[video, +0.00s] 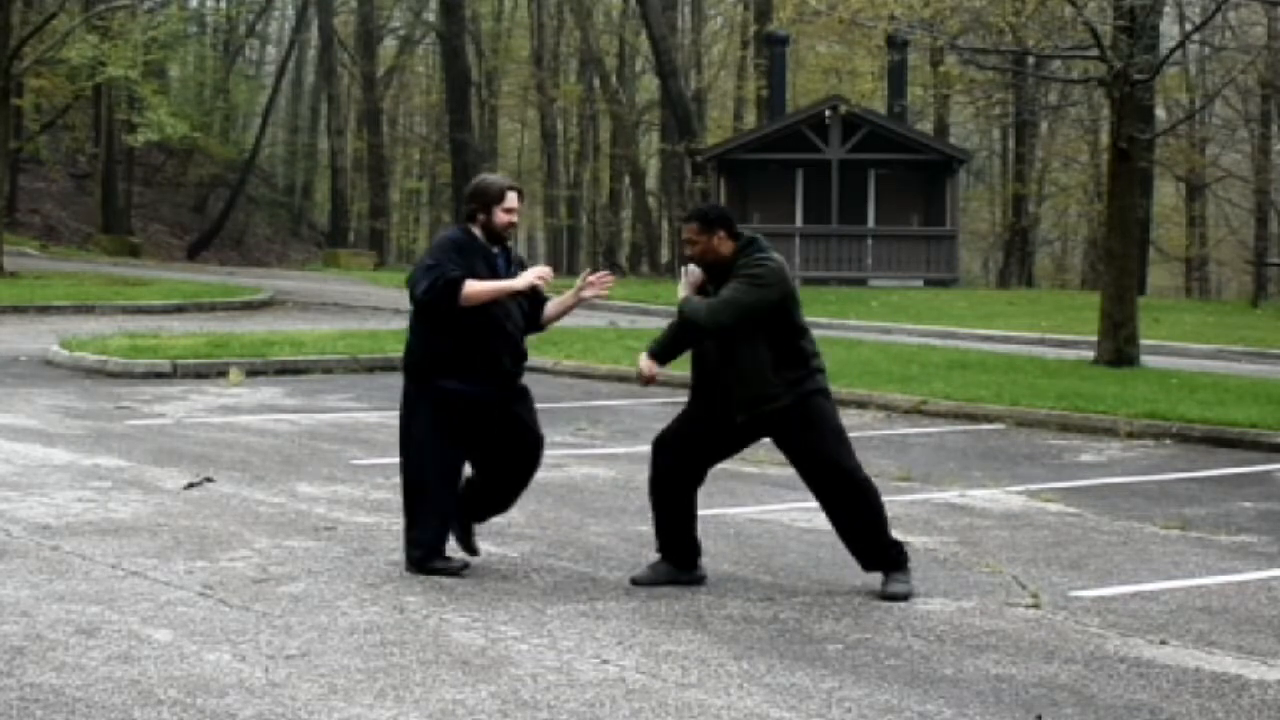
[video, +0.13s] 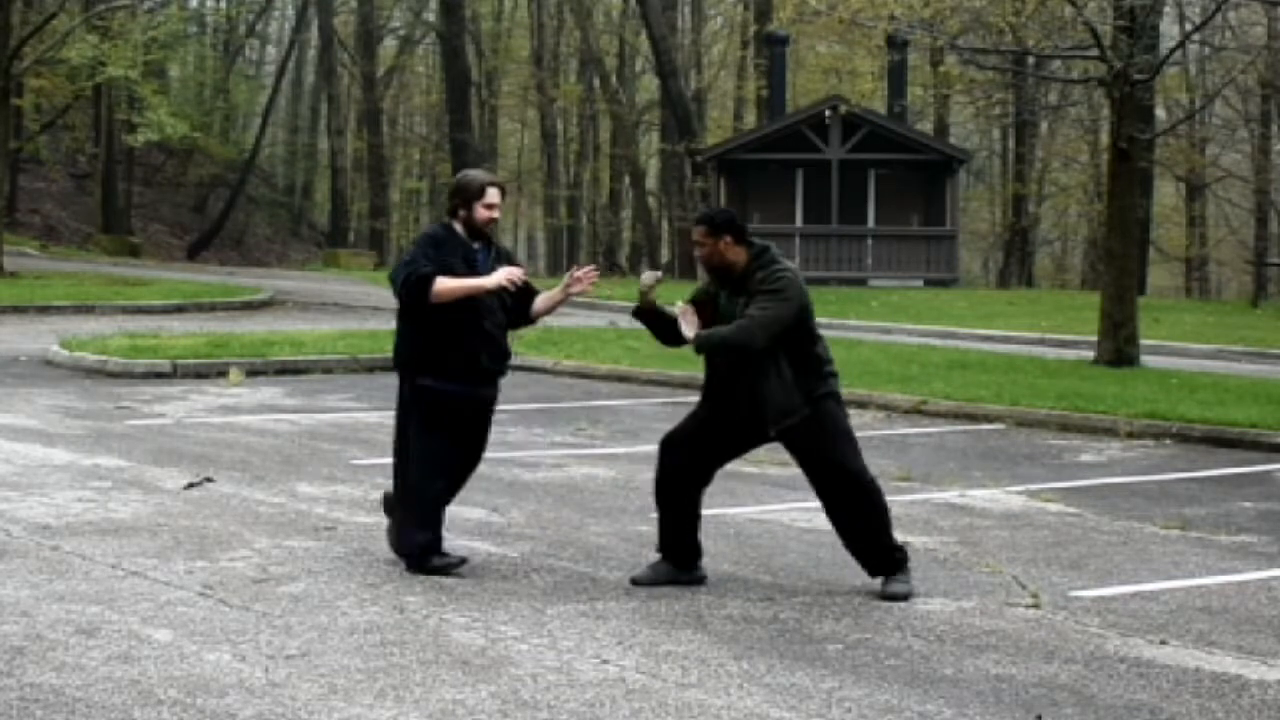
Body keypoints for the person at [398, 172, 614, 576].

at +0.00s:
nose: (514, 219)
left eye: (516, 212)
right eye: (507, 211)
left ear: (514, 213)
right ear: (481, 212)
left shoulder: (507, 259)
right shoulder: (451, 247)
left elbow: (532, 318)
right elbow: (437, 292)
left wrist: (576, 296)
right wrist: (515, 284)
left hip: (495, 384)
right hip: (439, 384)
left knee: (520, 453)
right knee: (433, 469)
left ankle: (465, 510)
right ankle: (424, 553)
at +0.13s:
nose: (495, 215)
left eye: (498, 207)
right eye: (488, 207)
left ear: (499, 209)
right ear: (462, 207)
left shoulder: (495, 256)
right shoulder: (434, 245)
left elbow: (519, 312)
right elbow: (416, 289)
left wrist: (564, 292)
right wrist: (486, 282)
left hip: (477, 379)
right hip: (430, 378)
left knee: (464, 459)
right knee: (425, 462)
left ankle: (404, 506)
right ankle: (422, 551)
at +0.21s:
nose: (487, 219)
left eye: (489, 212)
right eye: (479, 212)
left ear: (490, 215)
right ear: (454, 212)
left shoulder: (490, 260)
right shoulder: (428, 248)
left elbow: (517, 315)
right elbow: (402, 294)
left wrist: (559, 292)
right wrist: (472, 286)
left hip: (465, 381)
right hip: (422, 378)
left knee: (432, 459)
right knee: (423, 463)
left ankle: (380, 520)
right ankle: (421, 551)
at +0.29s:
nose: (480, 228)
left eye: (483, 221)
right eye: (472, 221)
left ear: (486, 223)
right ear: (448, 222)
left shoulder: (485, 268)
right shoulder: (421, 258)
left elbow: (514, 321)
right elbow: (397, 308)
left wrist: (554, 294)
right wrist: (463, 294)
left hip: (462, 383)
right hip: (420, 379)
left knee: (415, 453)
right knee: (438, 455)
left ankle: (370, 529)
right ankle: (423, 552)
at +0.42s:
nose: (478, 235)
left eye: (481, 228)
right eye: (469, 228)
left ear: (483, 230)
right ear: (446, 229)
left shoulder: (483, 274)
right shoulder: (417, 268)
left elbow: (508, 326)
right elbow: (399, 325)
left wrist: (549, 297)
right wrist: (460, 306)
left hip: (464, 388)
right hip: (422, 386)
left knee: (424, 461)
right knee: (449, 452)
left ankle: (369, 532)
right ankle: (435, 553)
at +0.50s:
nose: (483, 236)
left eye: (486, 228)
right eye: (475, 228)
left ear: (487, 230)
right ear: (450, 230)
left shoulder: (488, 274)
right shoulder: (422, 268)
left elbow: (513, 326)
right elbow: (405, 326)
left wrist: (552, 295)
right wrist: (464, 311)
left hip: (470, 388)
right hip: (427, 385)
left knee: (431, 462)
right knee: (457, 450)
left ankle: (372, 533)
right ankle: (458, 546)